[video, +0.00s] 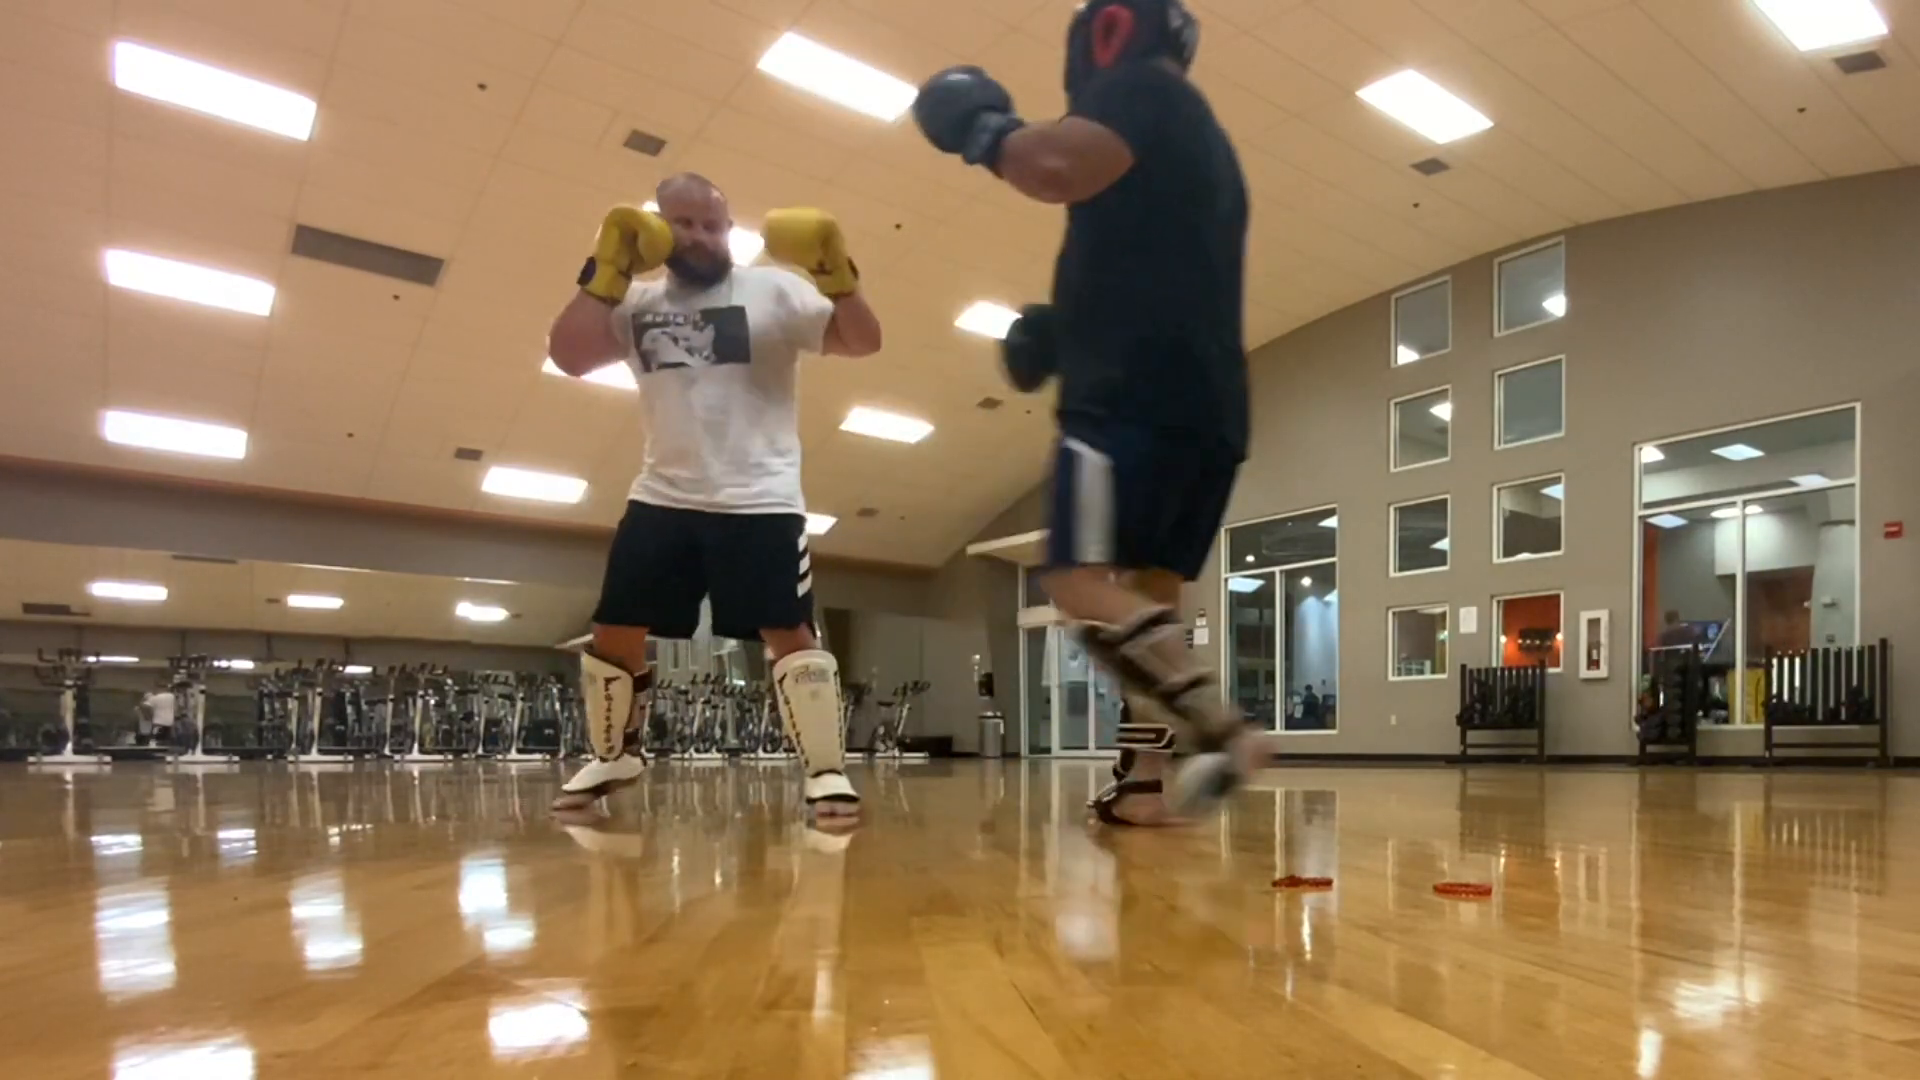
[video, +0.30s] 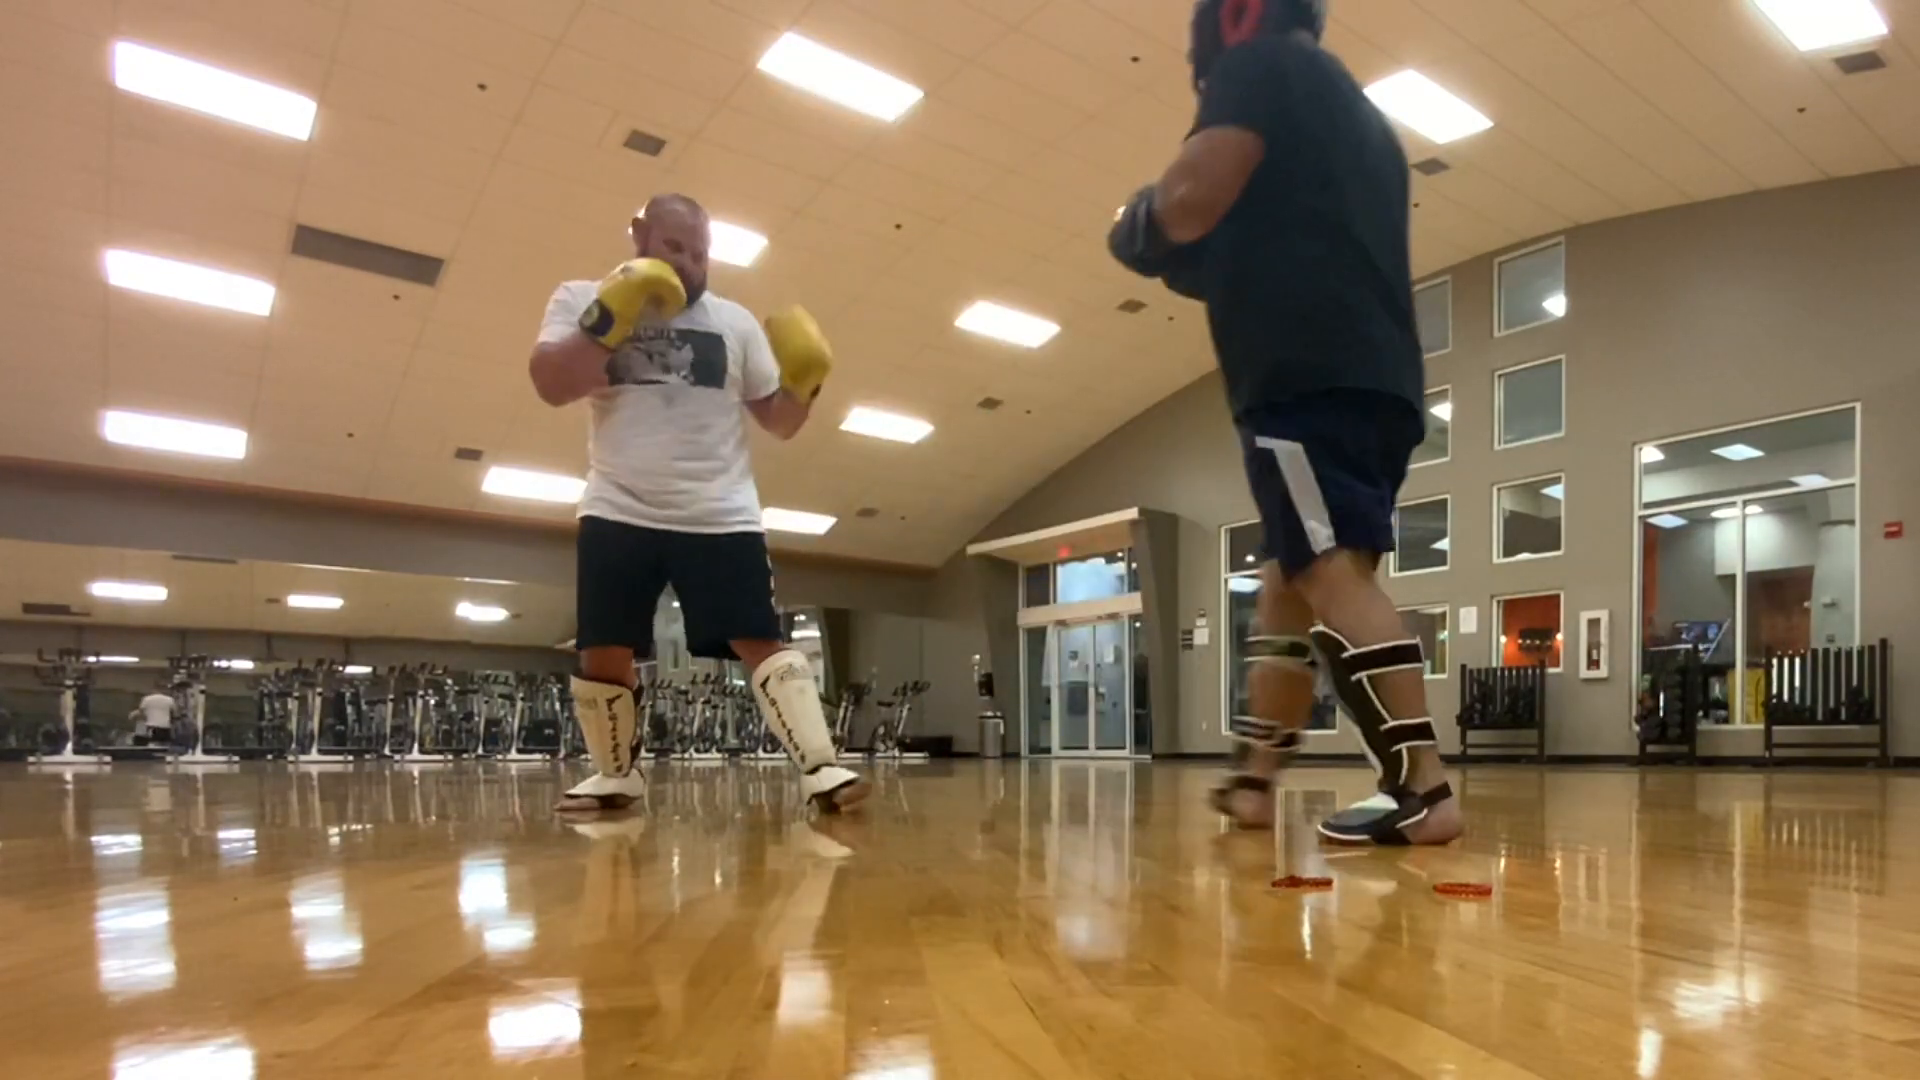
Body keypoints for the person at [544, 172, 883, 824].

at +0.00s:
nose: (700, 235)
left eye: (711, 222)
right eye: (684, 224)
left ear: (730, 226)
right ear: (660, 232)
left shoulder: (773, 290)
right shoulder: (639, 304)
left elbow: (861, 340)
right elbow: (571, 355)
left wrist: (838, 277)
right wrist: (608, 271)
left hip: (761, 496)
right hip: (665, 494)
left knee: (787, 628)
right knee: (617, 626)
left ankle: (826, 774)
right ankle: (615, 756)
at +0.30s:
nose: (687, 267)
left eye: (699, 254)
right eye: (673, 249)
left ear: (712, 251)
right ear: (639, 237)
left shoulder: (736, 324)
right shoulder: (583, 300)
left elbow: (779, 421)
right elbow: (552, 384)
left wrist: (802, 382)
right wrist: (612, 318)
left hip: (721, 511)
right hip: (620, 506)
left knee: (758, 635)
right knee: (604, 647)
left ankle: (821, 766)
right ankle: (615, 776)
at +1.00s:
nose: (783, 212)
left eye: (794, 203)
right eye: (771, 196)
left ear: (799, 211)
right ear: (728, 188)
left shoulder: (805, 283)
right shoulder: (662, 234)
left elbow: (855, 378)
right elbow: (620, 308)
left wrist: (890, 327)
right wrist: (700, 247)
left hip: (768, 475)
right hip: (667, 457)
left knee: (785, 626)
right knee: (618, 605)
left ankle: (810, 773)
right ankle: (577, 760)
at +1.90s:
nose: (845, 175)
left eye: (850, 167)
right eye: (837, 156)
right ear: (785, 138)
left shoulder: (832, 270)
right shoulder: (708, 192)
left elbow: (847, 374)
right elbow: (706, 278)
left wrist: (903, 340)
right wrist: (806, 230)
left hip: (823, 452)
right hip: (731, 431)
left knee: (839, 607)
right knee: (721, 590)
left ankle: (869, 773)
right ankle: (669, 773)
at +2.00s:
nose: (833, 176)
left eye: (839, 167)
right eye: (830, 160)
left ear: (800, 148)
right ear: (785, 138)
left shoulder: (826, 249)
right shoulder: (709, 186)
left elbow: (885, 345)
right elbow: (744, 269)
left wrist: (926, 287)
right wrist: (820, 210)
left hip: (819, 445)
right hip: (727, 436)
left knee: (894, 590)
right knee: (743, 600)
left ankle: (896, 742)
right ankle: (702, 785)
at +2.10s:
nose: (840, 188)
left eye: (842, 177)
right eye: (832, 171)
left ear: (798, 160)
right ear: (785, 153)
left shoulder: (816, 248)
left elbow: (902, 326)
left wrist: (939, 275)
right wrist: (861, 200)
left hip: (811, 437)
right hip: (730, 450)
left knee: (947, 458)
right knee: (754, 611)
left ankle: (936, 610)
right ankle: (707, 788)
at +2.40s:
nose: (826, 160)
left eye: (829, 148)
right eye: (815, 144)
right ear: (760, 131)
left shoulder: (850, 229)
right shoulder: (702, 211)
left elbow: (909, 306)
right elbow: (705, 269)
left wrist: (984, 361)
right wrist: (797, 202)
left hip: (885, 431)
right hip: (781, 443)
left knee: (1001, 531)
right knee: (769, 598)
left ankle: (1013, 680)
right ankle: (706, 782)